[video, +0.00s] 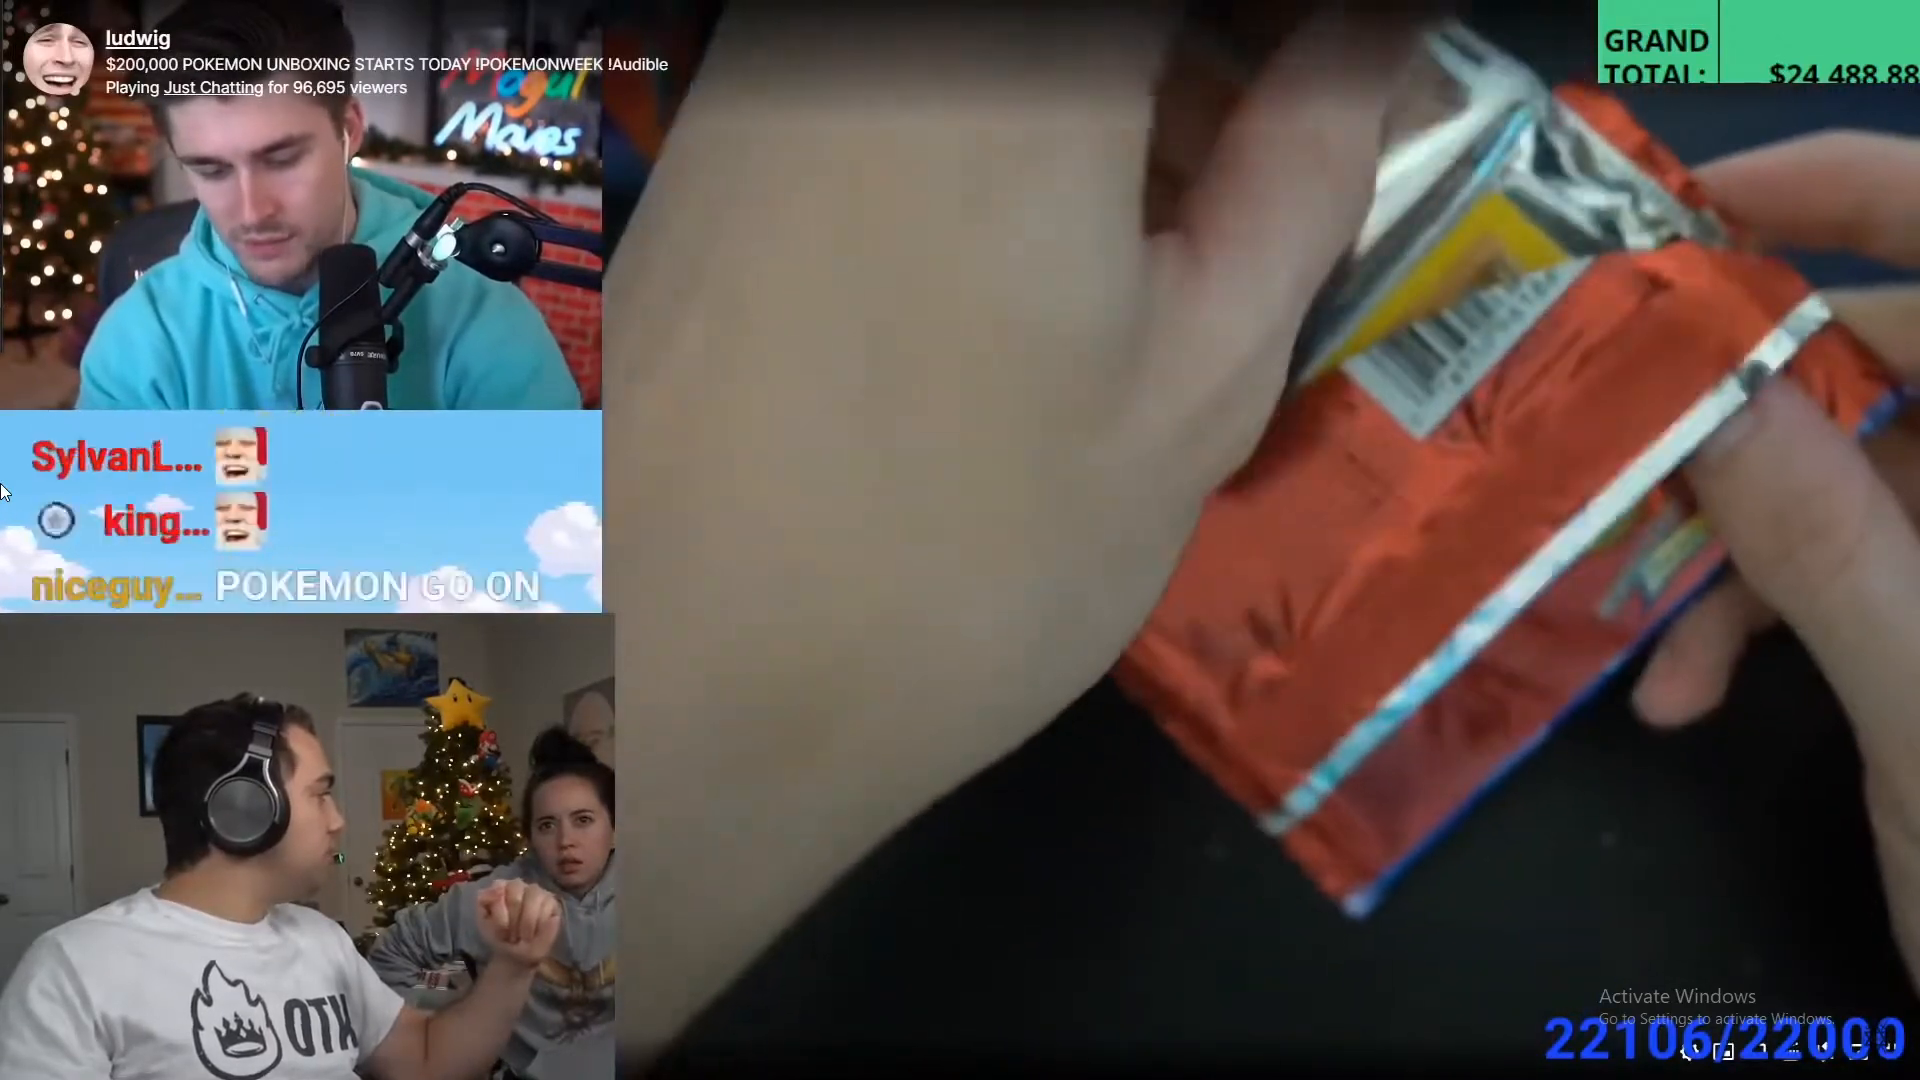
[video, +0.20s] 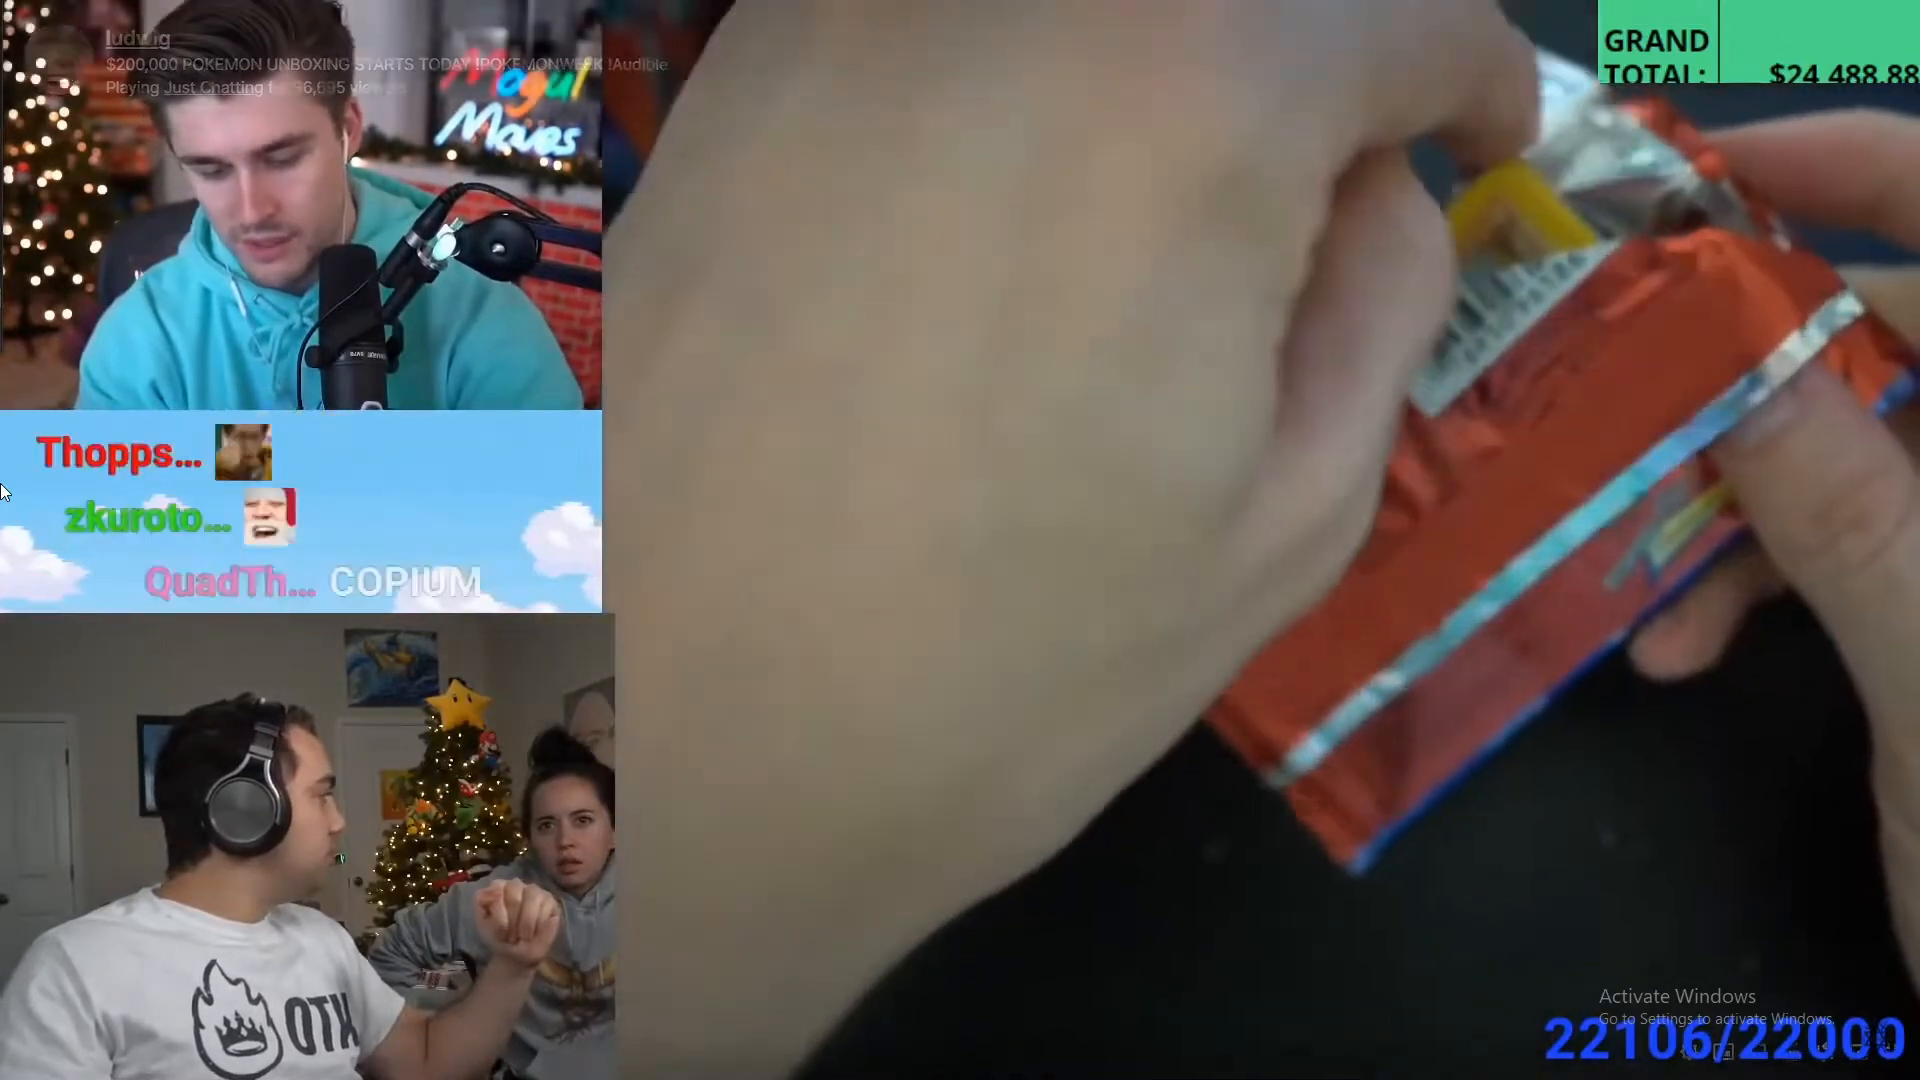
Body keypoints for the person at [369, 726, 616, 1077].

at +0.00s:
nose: (566, 841)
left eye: (583, 821)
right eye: (547, 825)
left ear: (614, 828)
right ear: (530, 837)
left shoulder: (643, 891)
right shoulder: (492, 899)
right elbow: (391, 953)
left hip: (626, 1067)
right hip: (536, 1072)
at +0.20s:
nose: (565, 842)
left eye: (583, 821)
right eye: (546, 826)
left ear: (614, 830)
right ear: (529, 838)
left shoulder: (643, 891)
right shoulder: (494, 898)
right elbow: (388, 957)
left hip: (627, 1067)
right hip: (535, 1072)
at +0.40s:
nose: (565, 842)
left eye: (583, 821)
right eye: (546, 826)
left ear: (613, 830)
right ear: (529, 838)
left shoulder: (644, 891)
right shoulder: (493, 898)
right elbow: (389, 955)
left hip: (630, 1068)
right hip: (538, 1073)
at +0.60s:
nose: (564, 842)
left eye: (582, 821)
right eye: (546, 826)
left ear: (613, 831)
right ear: (528, 838)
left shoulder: (643, 891)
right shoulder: (491, 899)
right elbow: (388, 957)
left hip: (624, 1068)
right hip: (536, 1073)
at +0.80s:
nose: (564, 842)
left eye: (582, 822)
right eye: (546, 826)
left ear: (612, 832)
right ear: (528, 838)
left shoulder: (643, 891)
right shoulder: (491, 898)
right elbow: (389, 955)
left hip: (624, 1068)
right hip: (537, 1073)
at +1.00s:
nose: (564, 842)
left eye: (582, 822)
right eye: (545, 826)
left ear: (612, 832)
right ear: (528, 838)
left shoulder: (641, 890)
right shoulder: (490, 898)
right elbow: (389, 955)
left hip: (625, 1067)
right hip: (538, 1073)